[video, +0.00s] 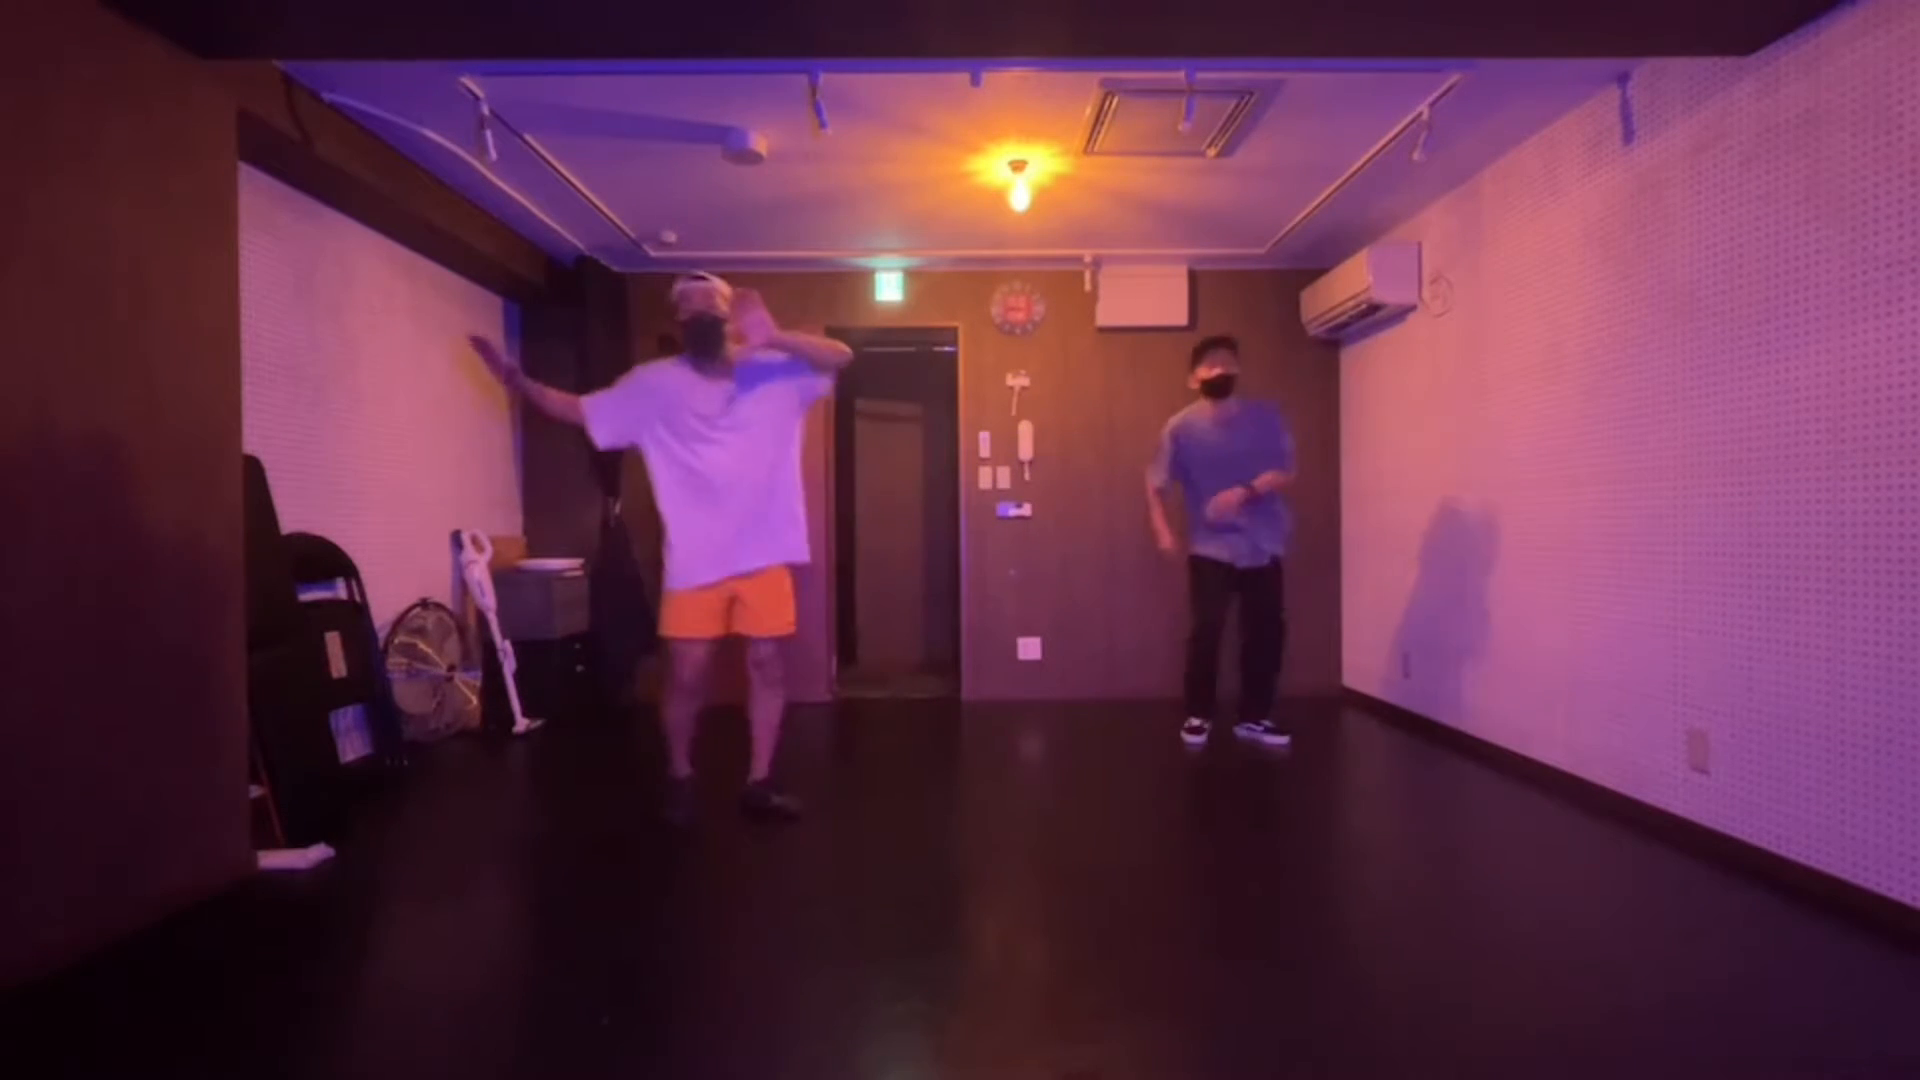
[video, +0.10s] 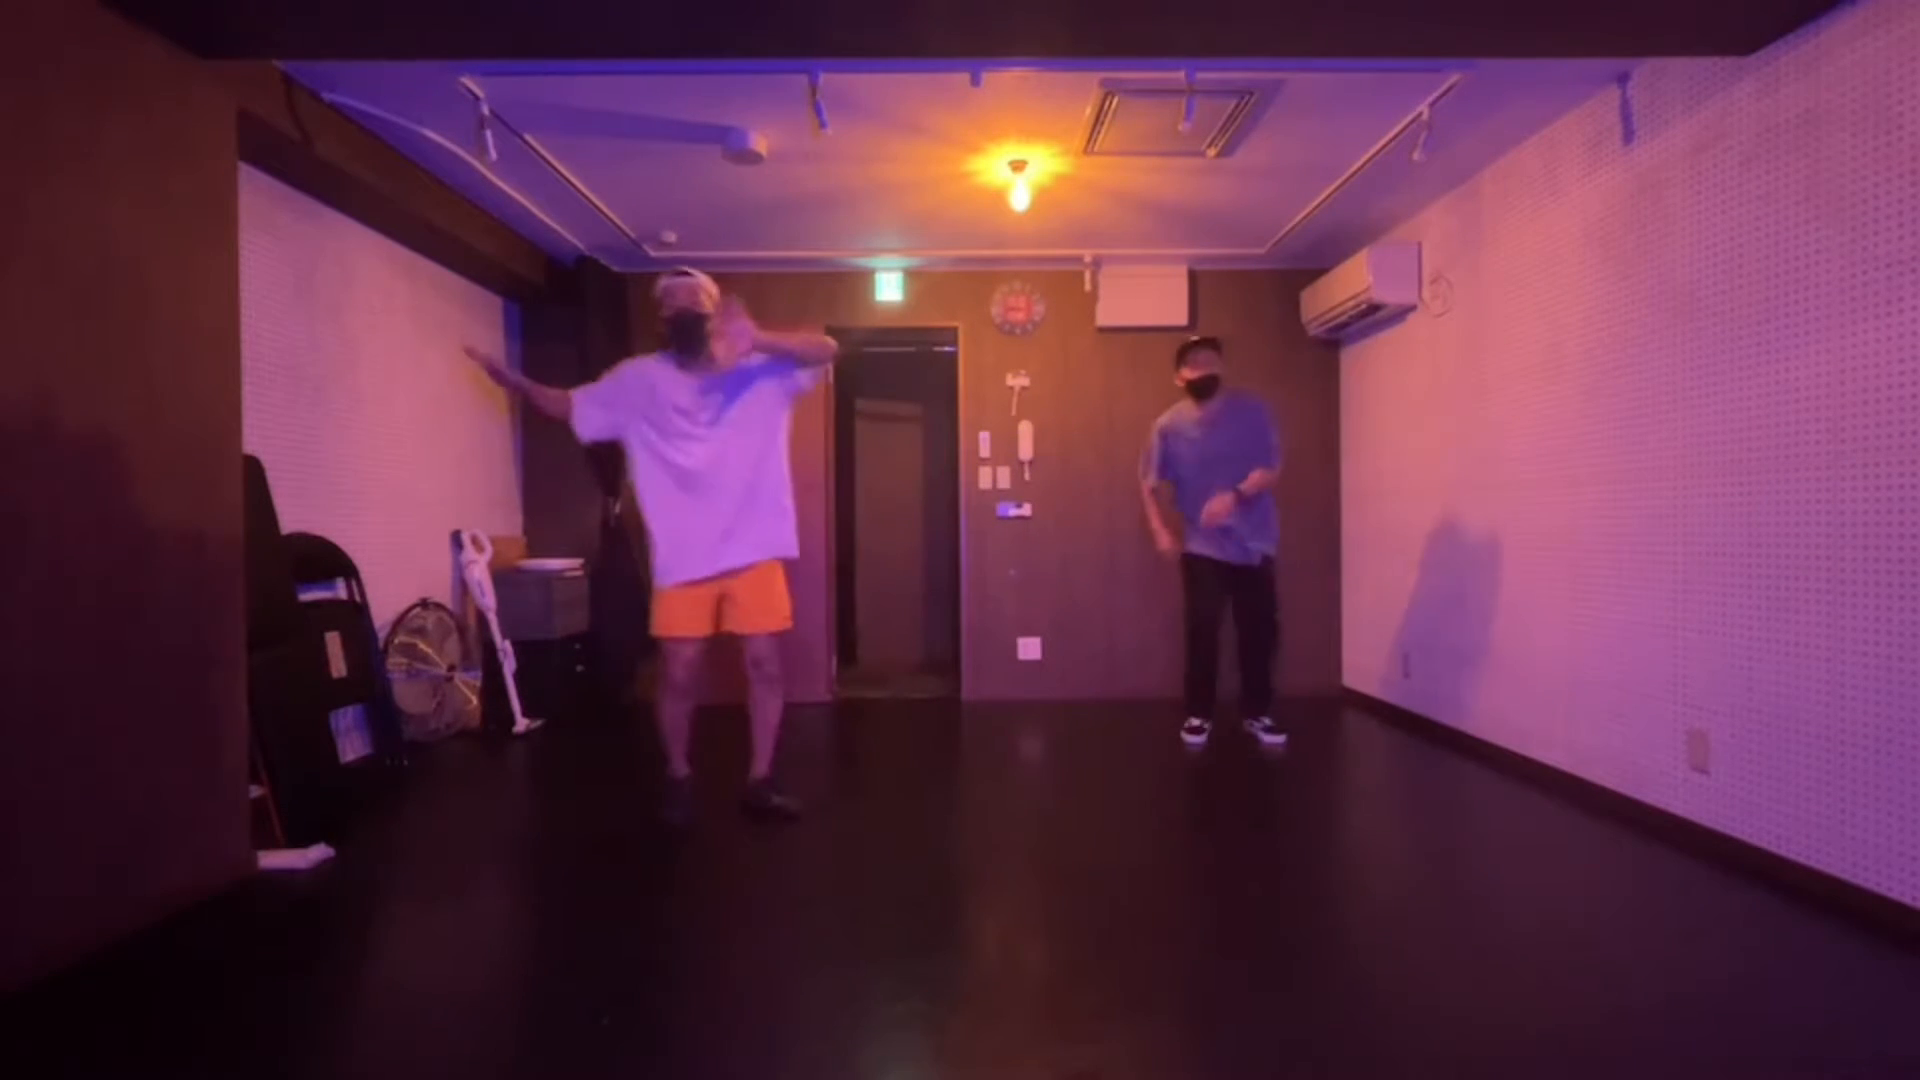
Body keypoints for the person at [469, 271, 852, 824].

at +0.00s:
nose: (699, 316)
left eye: (709, 306)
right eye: (688, 309)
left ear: (731, 318)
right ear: (676, 324)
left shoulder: (774, 374)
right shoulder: (657, 382)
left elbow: (841, 356)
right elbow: (579, 409)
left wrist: (773, 335)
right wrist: (514, 378)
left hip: (765, 551)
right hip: (694, 556)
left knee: (767, 661)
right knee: (688, 672)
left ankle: (760, 783)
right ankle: (680, 780)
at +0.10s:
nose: (682, 317)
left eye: (693, 306)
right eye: (673, 309)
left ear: (716, 315)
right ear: (661, 321)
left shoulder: (761, 370)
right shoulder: (642, 378)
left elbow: (826, 349)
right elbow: (568, 405)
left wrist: (759, 339)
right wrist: (513, 381)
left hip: (755, 548)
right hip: (682, 555)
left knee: (764, 659)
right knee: (681, 671)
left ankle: (761, 781)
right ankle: (678, 779)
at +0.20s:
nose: (665, 321)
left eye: (675, 311)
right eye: (654, 313)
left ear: (697, 316)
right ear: (640, 321)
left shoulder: (732, 357)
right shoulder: (621, 379)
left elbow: (806, 358)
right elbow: (568, 423)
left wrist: (751, 372)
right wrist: (537, 416)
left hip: (739, 544)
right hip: (666, 554)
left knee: (754, 665)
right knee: (673, 672)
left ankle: (762, 777)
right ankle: (679, 782)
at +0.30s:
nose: (650, 323)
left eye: (661, 313)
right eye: (639, 315)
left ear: (685, 319)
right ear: (625, 325)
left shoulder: (724, 361)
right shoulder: (609, 387)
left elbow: (793, 369)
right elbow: (571, 444)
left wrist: (750, 404)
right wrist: (544, 435)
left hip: (730, 548)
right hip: (659, 557)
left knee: (734, 666)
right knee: (669, 674)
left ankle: (756, 784)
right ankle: (679, 785)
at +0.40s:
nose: (635, 323)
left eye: (646, 312)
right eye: (623, 315)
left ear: (670, 319)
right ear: (609, 328)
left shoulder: (713, 363)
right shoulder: (599, 396)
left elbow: (786, 372)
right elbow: (587, 469)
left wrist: (769, 418)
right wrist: (558, 447)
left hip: (723, 544)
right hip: (654, 555)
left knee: (711, 667)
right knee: (663, 676)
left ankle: (732, 783)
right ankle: (680, 783)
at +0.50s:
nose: (613, 345)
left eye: (624, 333)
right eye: (600, 337)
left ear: (649, 339)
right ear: (586, 351)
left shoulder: (701, 377)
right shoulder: (587, 425)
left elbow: (777, 375)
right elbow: (569, 499)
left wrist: (810, 438)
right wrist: (544, 455)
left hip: (720, 551)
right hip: (652, 566)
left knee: (682, 677)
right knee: (649, 689)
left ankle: (658, 805)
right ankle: (693, 779)